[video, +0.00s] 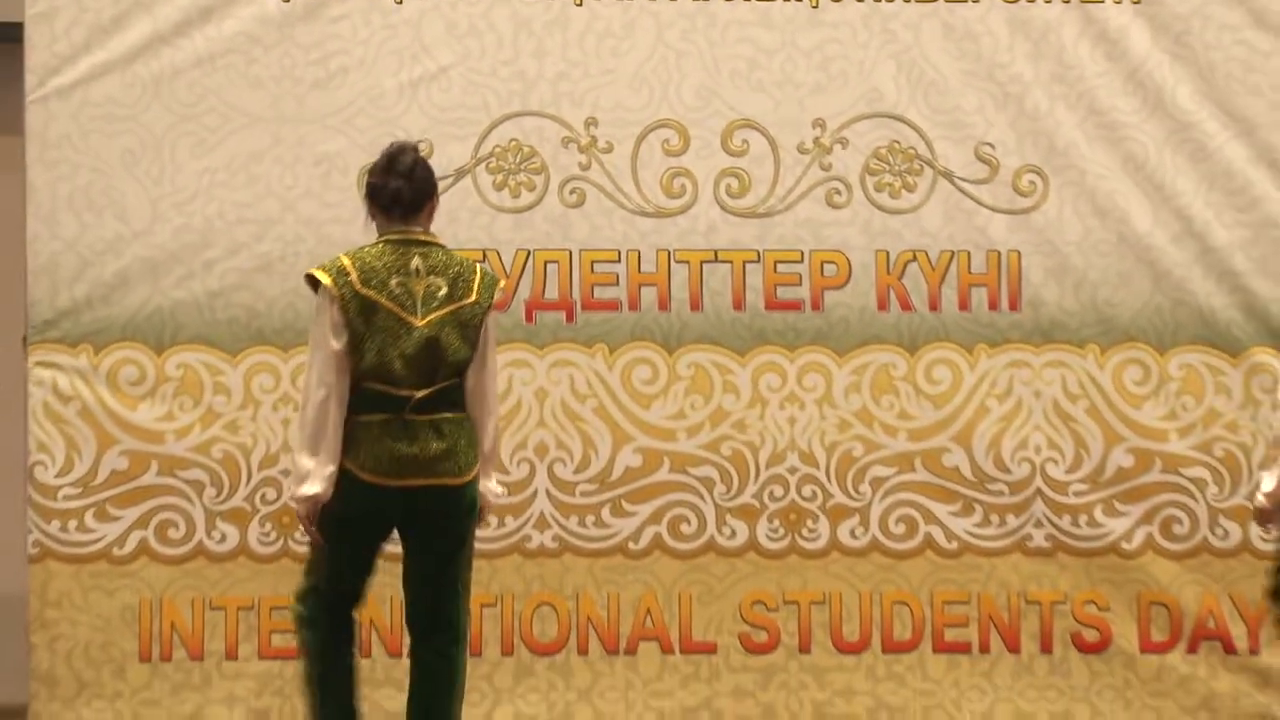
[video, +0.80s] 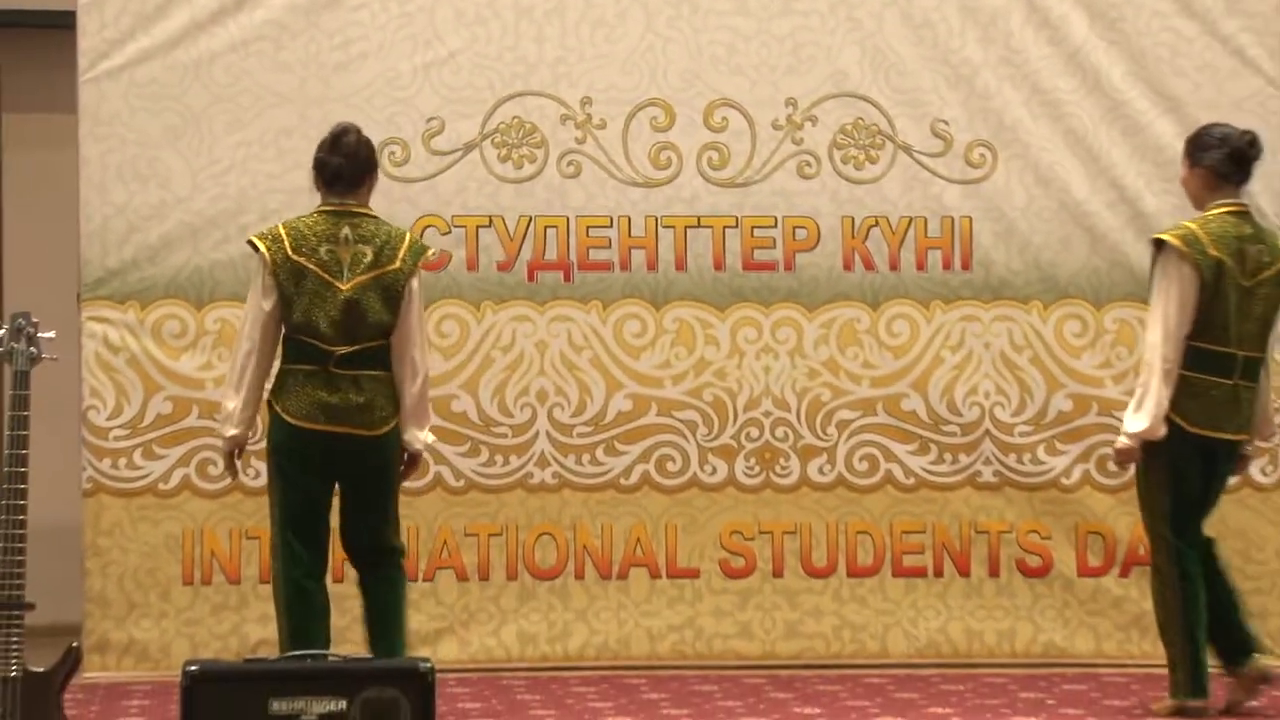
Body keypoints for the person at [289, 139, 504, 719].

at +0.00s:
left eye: (375, 201)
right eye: (426, 200)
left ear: (370, 207)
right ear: (432, 206)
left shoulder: (344, 278)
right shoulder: (473, 279)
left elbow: (326, 388)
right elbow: (482, 388)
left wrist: (313, 481)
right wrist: (484, 476)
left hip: (363, 485)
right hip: (446, 487)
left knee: (326, 608)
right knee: (439, 628)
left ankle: (336, 714)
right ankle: (435, 717)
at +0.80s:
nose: (353, 184)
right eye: (368, 175)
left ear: (315, 179)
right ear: (373, 180)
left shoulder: (281, 244)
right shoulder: (400, 250)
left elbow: (257, 342)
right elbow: (408, 350)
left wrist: (238, 423)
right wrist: (413, 432)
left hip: (299, 431)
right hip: (372, 434)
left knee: (299, 561)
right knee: (380, 555)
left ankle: (307, 692)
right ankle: (392, 683)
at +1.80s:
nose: (408, 184)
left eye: (383, 175)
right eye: (415, 176)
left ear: (368, 180)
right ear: (419, 180)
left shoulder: (340, 242)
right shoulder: (445, 240)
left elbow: (330, 328)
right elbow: (459, 325)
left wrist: (327, 399)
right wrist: (469, 394)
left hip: (367, 407)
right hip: (431, 406)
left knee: (362, 511)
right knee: (425, 519)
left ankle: (366, 624)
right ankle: (416, 633)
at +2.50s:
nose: (378, 198)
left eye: (363, 189)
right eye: (390, 190)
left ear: (355, 192)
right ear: (402, 195)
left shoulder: (326, 246)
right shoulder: (426, 253)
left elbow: (311, 326)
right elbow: (430, 336)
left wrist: (299, 395)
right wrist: (430, 400)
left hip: (336, 404)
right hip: (398, 406)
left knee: (327, 517)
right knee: (403, 517)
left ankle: (322, 623)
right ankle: (412, 622)